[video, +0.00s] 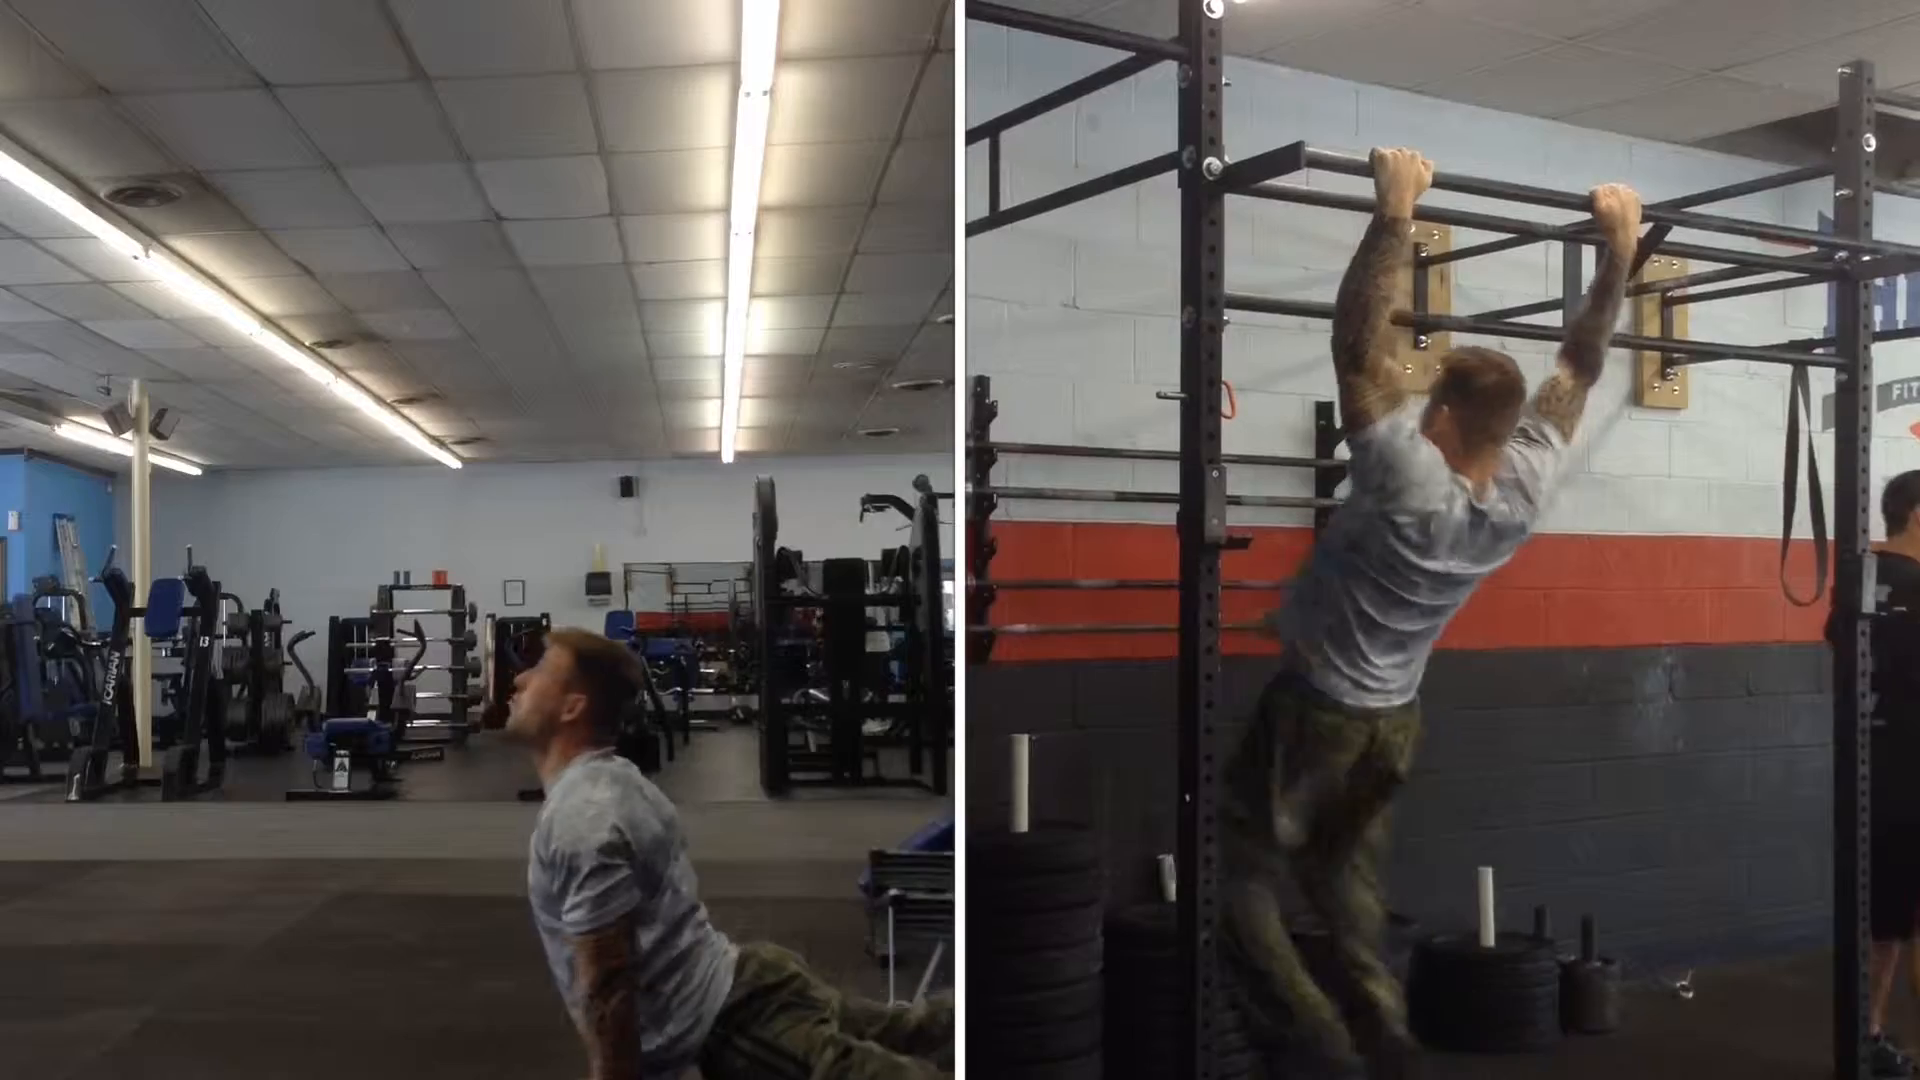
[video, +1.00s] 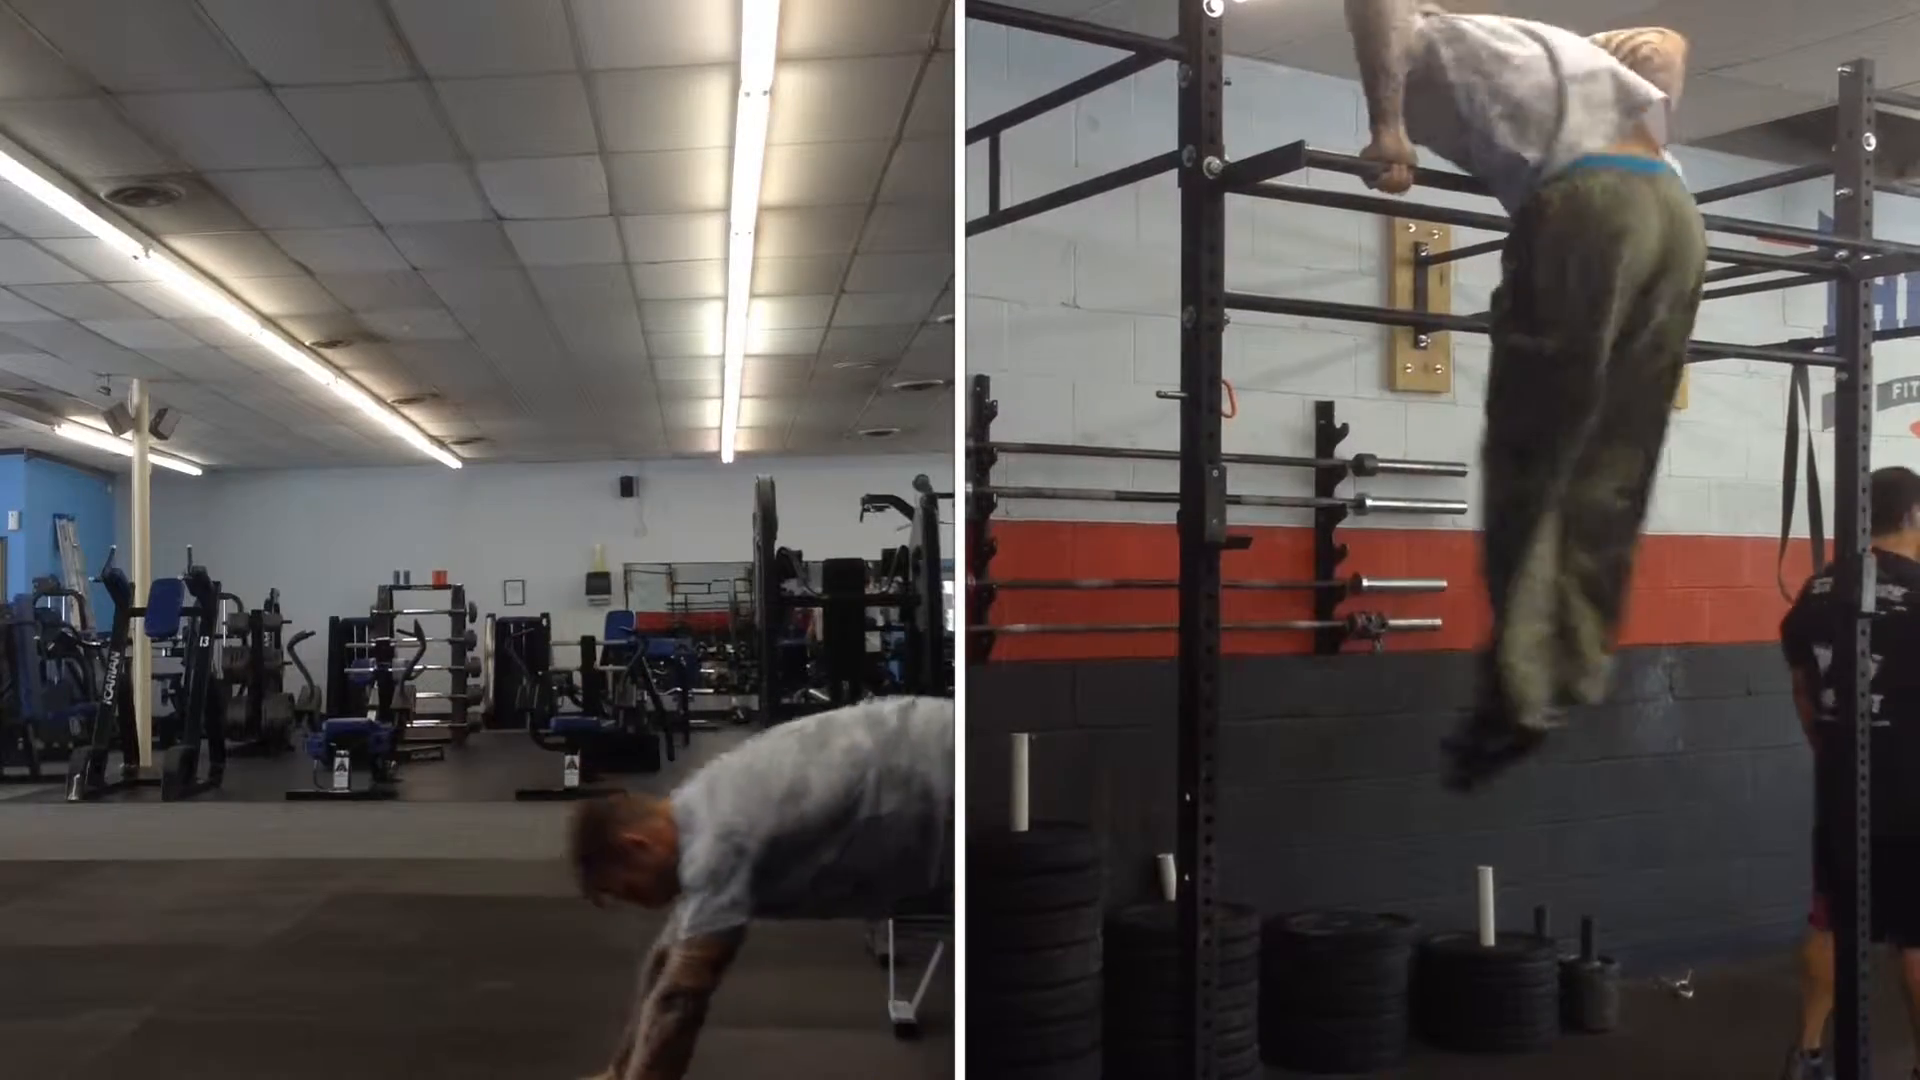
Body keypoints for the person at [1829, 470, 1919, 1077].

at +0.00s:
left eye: (1919, 511)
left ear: (1892, 514)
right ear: (1913, 515)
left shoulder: (1861, 570)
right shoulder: (1895, 573)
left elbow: (1838, 645)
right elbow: (1844, 650)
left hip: (1875, 760)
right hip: (1899, 762)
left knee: (1888, 900)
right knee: (1892, 903)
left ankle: (1872, 1030)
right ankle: (1872, 1031)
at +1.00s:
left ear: (1866, 516)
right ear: (1913, 518)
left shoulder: (1825, 587)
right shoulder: (1912, 588)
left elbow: (1805, 687)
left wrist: (1824, 745)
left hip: (1843, 771)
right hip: (1910, 775)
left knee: (1828, 917)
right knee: (1911, 930)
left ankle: (1809, 1050)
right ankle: (1915, 1056)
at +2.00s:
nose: (1845, 518)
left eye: (1841, 507)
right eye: (1840, 508)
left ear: (1779, 518)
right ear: (1823, 514)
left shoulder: (1752, 586)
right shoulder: (1853, 577)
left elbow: (1738, 643)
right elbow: (1908, 671)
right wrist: (1900, 617)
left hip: (1785, 778)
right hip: (1861, 778)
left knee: (1795, 922)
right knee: (1896, 919)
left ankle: (1803, 1055)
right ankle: (1904, 1059)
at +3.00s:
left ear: (1870, 517)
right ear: (1911, 518)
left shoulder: (1836, 582)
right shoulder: (1909, 583)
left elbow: (1822, 655)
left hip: (1853, 772)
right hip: (1904, 775)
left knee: (1855, 923)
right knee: (1904, 937)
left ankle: (1848, 1050)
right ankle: (1902, 1065)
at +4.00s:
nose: (1876, 517)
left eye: (1870, 506)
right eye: (1872, 509)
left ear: (1809, 522)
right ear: (1866, 517)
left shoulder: (1785, 589)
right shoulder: (1896, 589)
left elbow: (1780, 655)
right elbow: (1914, 679)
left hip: (1811, 780)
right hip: (1892, 783)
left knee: (1812, 923)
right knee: (1915, 922)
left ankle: (1810, 1058)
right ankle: (1916, 1046)